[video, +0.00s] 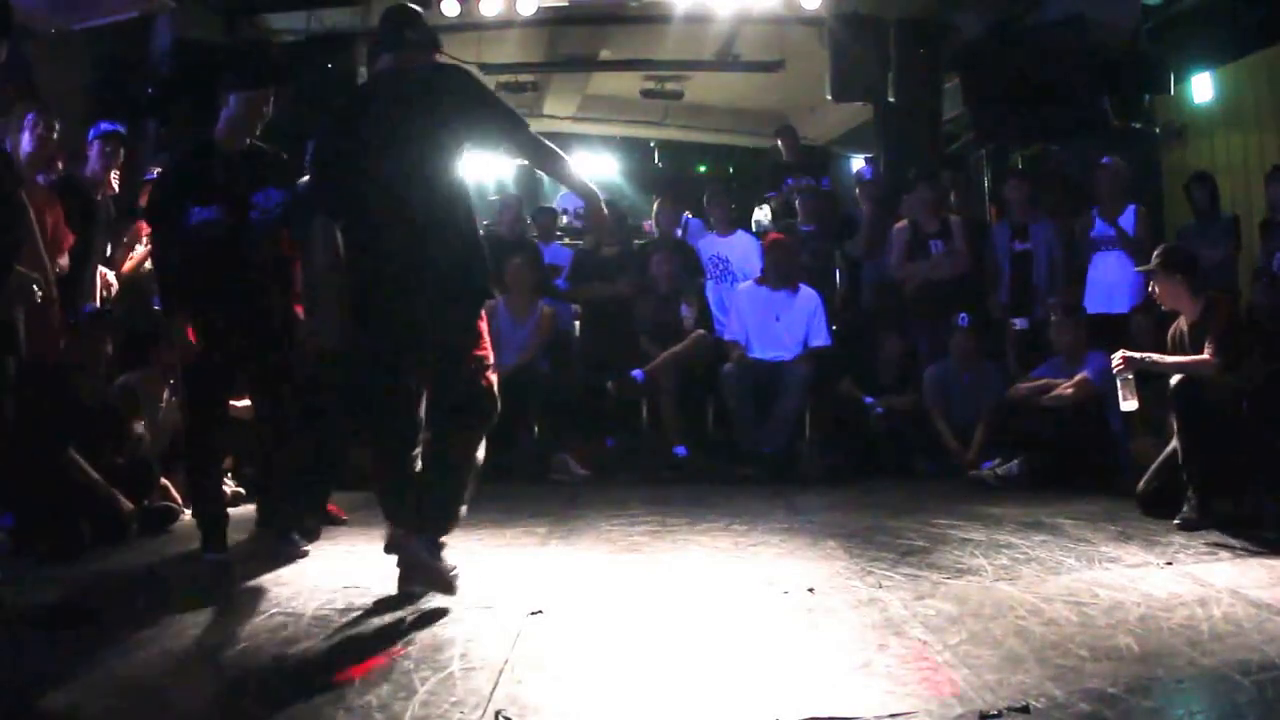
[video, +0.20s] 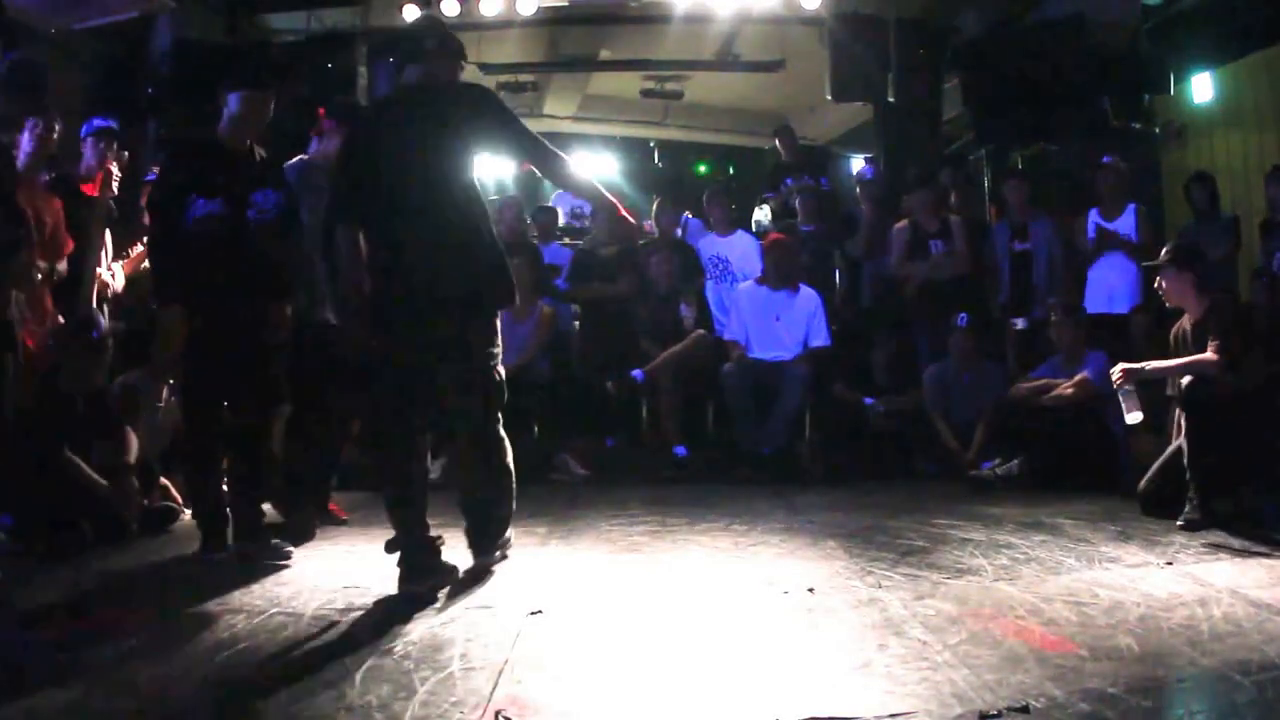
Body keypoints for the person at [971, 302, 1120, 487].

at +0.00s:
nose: (1055, 334)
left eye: (1062, 328)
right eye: (1053, 328)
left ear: (1078, 329)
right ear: (1050, 332)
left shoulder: (1097, 361)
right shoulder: (1055, 364)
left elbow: (1070, 394)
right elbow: (1013, 393)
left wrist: (1036, 400)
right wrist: (1056, 383)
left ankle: (1021, 465)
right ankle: (1002, 461)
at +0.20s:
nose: (1054, 332)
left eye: (1060, 326)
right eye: (1052, 326)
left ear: (1077, 329)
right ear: (1049, 331)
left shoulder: (1096, 360)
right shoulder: (1055, 363)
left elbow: (1072, 393)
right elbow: (1015, 392)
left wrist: (1035, 400)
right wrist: (1057, 384)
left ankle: (1022, 464)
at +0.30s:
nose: (1054, 332)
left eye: (1060, 325)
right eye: (1052, 326)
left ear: (1077, 328)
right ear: (1049, 332)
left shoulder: (1096, 359)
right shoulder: (1056, 362)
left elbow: (1073, 392)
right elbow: (1015, 392)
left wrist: (1035, 401)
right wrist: (1054, 384)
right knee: (1000, 404)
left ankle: (1021, 464)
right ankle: (971, 460)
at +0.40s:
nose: (1054, 333)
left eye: (1060, 327)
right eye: (1052, 327)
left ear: (1077, 330)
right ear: (1049, 332)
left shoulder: (1097, 360)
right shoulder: (1056, 362)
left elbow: (1072, 393)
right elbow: (1014, 392)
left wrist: (1037, 401)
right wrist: (1054, 384)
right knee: (1000, 404)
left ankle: (1021, 464)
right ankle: (972, 460)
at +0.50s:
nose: (1056, 336)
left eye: (1062, 329)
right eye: (1054, 329)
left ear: (1078, 331)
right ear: (1051, 333)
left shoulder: (1095, 360)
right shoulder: (1057, 362)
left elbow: (1075, 392)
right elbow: (1014, 392)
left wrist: (1040, 401)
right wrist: (1053, 383)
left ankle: (1022, 464)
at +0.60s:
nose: (1057, 335)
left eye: (1063, 329)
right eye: (1054, 328)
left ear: (1079, 332)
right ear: (1050, 332)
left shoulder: (1095, 360)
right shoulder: (1057, 362)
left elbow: (1072, 393)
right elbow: (1014, 392)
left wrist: (1037, 401)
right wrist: (1054, 383)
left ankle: (1023, 463)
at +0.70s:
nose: (1054, 333)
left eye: (1060, 327)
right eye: (1052, 327)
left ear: (1078, 329)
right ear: (1049, 331)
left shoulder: (1096, 360)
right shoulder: (1055, 363)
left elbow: (1073, 393)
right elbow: (1014, 392)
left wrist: (1035, 401)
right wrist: (1057, 383)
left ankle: (1021, 464)